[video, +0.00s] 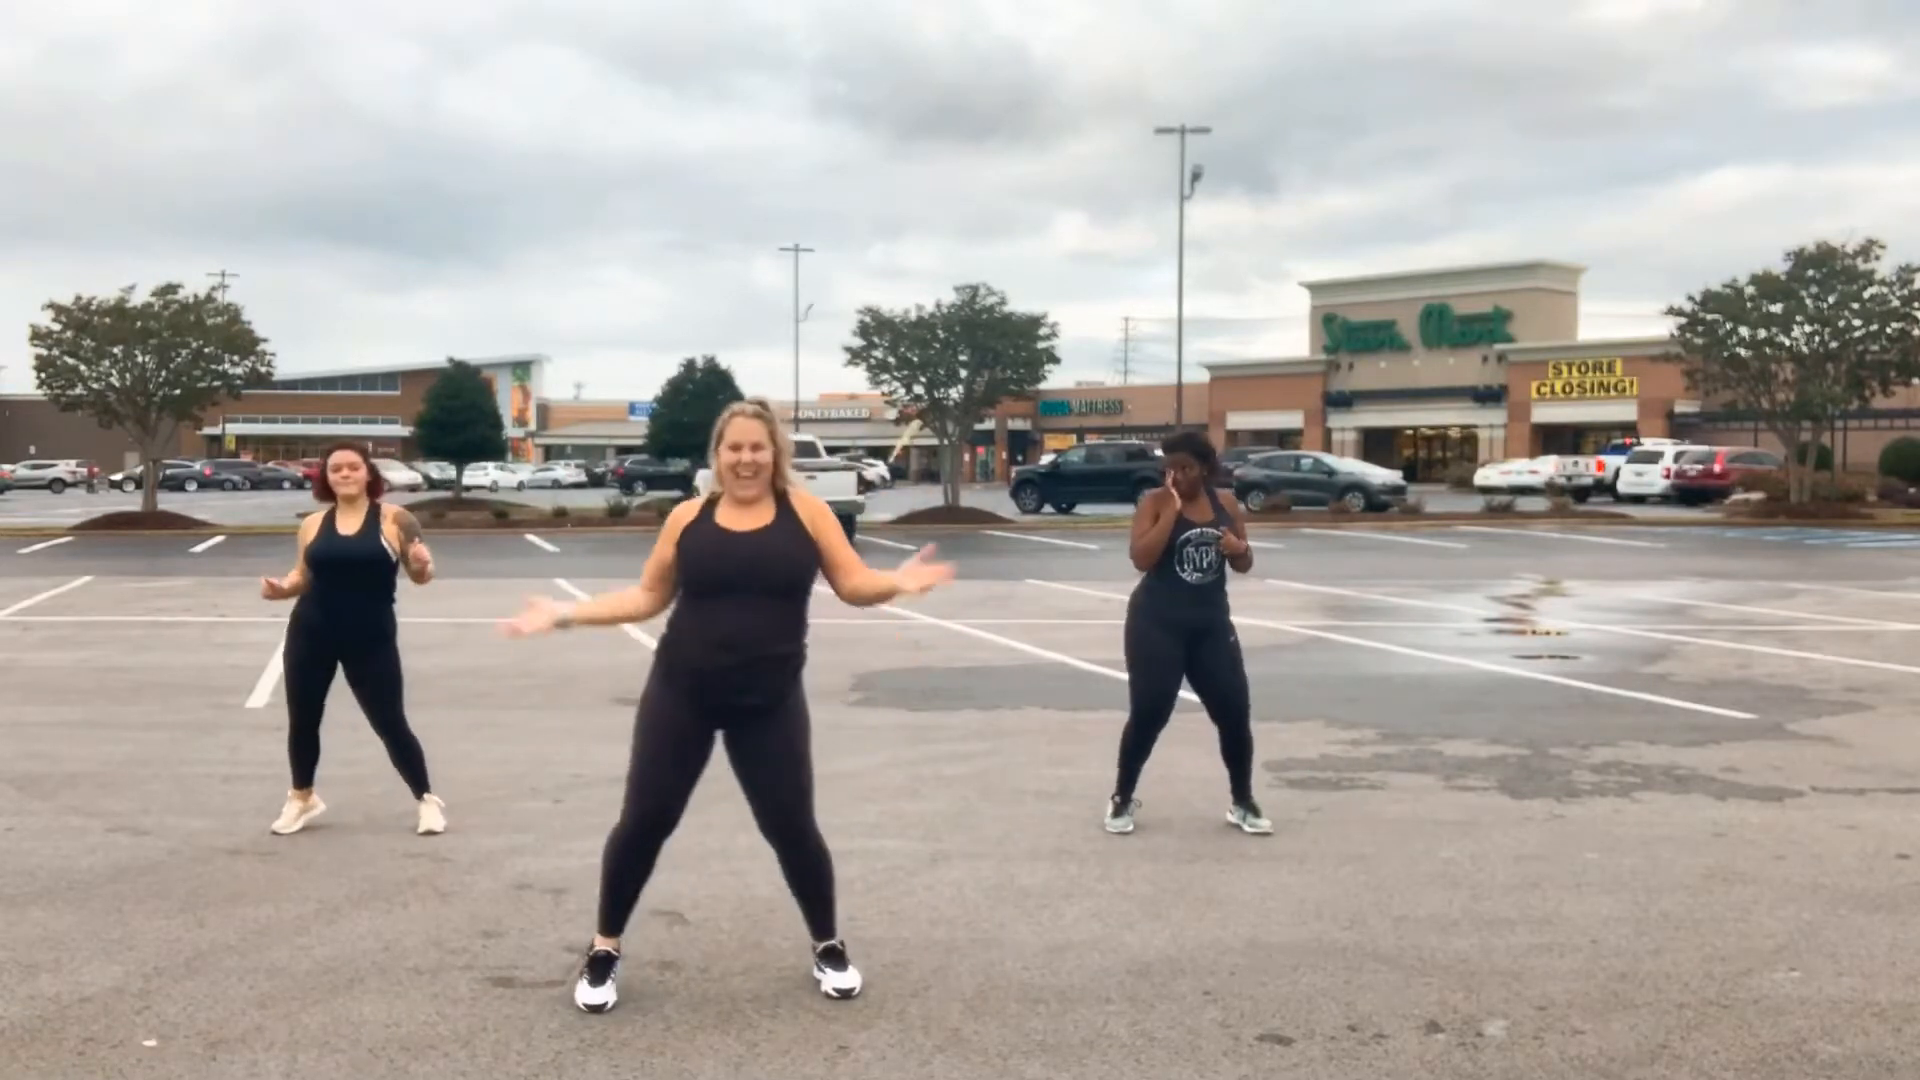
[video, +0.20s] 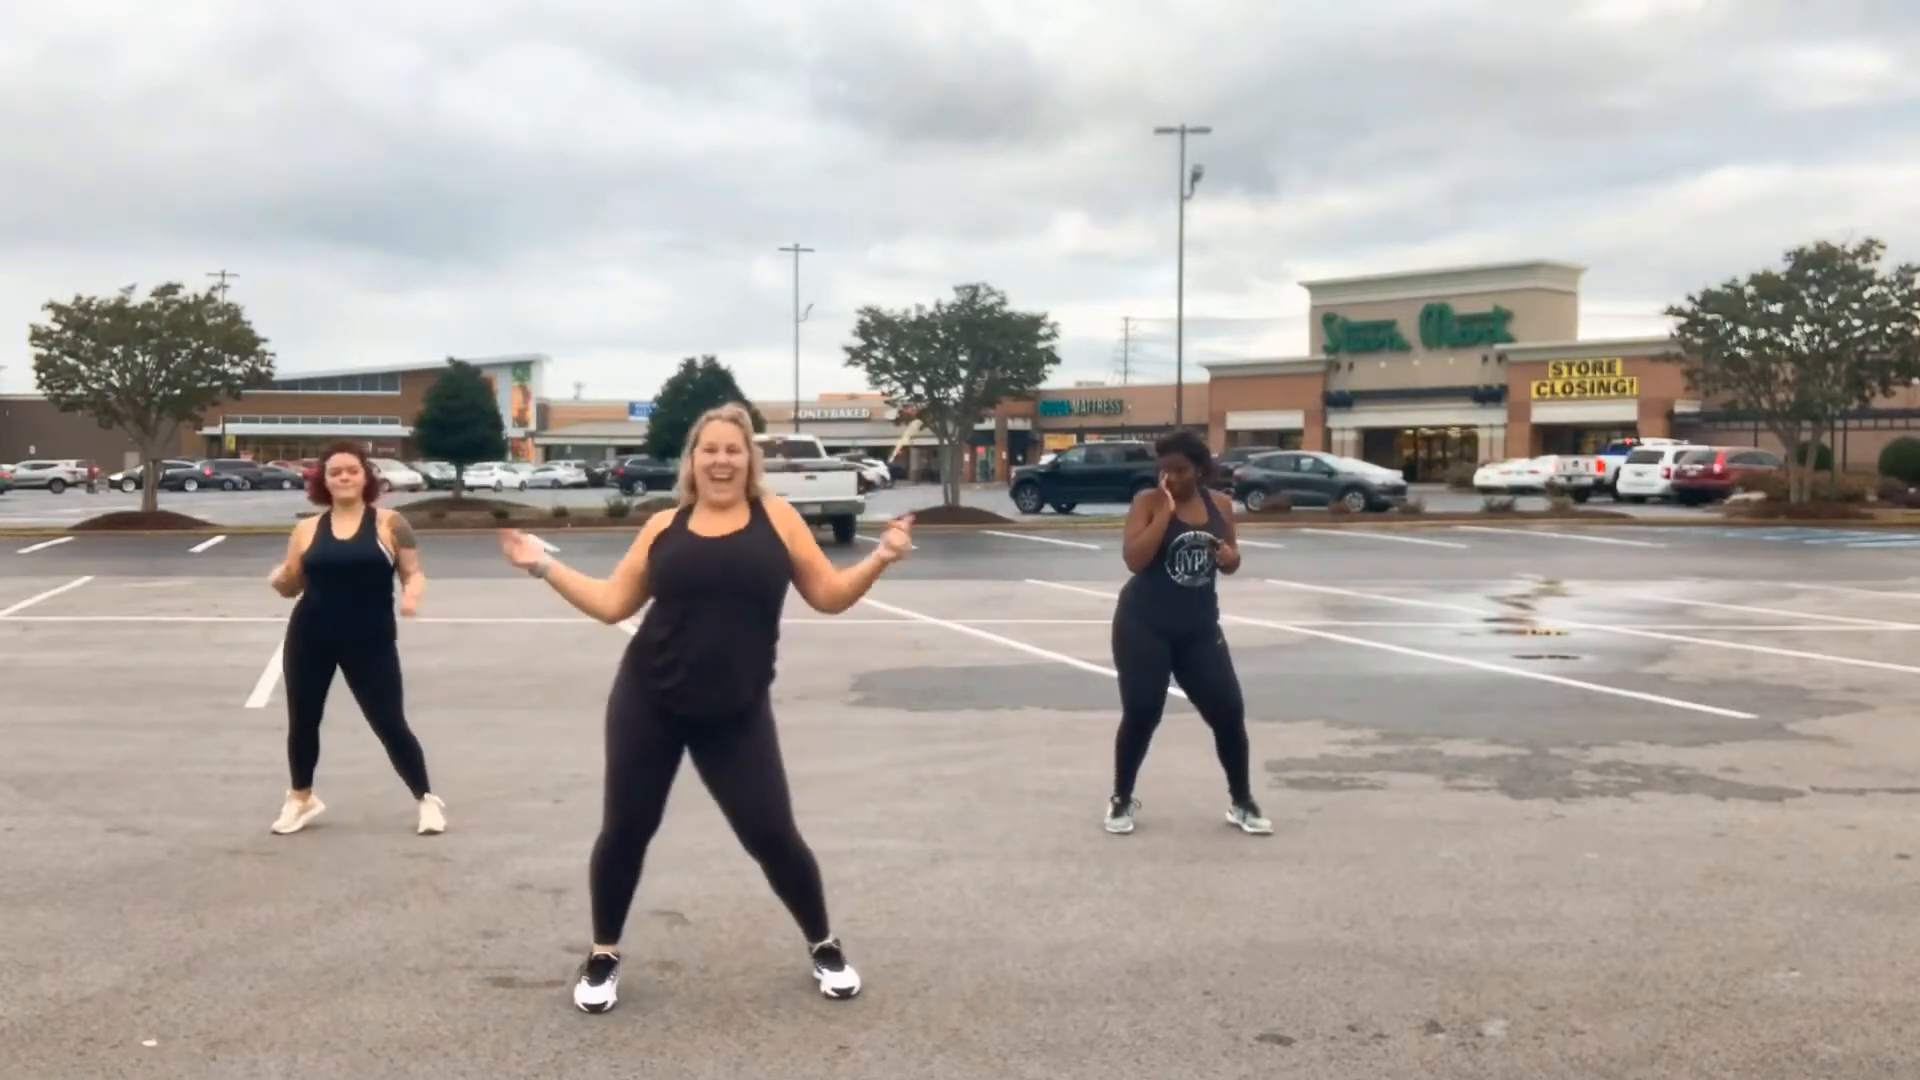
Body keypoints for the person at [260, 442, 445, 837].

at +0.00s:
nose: (346, 474)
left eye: (354, 467)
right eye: (337, 469)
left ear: (368, 475)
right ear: (327, 479)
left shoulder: (393, 519)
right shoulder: (312, 524)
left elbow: (420, 576)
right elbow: (305, 575)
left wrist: (421, 566)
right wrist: (283, 588)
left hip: (369, 638)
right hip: (312, 636)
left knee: (390, 724)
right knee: (302, 721)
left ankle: (426, 800)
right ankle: (302, 797)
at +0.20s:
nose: (345, 477)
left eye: (352, 470)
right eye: (336, 472)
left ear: (366, 477)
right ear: (324, 480)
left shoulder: (388, 523)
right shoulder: (307, 529)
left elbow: (413, 573)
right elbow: (292, 586)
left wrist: (410, 596)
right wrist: (281, 579)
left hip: (369, 640)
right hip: (311, 638)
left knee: (390, 724)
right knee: (303, 722)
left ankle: (426, 800)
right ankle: (301, 797)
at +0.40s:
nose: (354, 476)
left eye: (361, 469)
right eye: (345, 470)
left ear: (374, 477)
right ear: (332, 480)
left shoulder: (397, 524)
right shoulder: (312, 528)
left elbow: (433, 574)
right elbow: (282, 582)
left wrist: (442, 625)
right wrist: (284, 552)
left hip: (388, 642)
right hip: (331, 641)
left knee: (401, 726)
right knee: (305, 722)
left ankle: (427, 800)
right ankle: (303, 798)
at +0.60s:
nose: (369, 470)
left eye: (376, 464)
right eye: (360, 465)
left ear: (389, 472)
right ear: (347, 474)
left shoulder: (411, 515)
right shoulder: (328, 518)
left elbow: (455, 542)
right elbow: (292, 562)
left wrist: (447, 587)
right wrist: (304, 575)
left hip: (404, 636)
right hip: (351, 637)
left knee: (407, 720)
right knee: (327, 722)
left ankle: (427, 801)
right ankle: (307, 798)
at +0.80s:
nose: (385, 468)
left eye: (392, 461)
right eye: (377, 462)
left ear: (406, 469)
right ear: (364, 472)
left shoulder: (428, 515)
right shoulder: (348, 522)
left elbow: (469, 560)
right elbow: (331, 578)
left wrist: (446, 558)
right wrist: (335, 626)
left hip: (424, 633)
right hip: (369, 634)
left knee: (420, 718)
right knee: (354, 715)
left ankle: (429, 799)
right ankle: (354, 793)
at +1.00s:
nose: (397, 474)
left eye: (404, 467)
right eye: (388, 469)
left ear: (418, 474)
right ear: (377, 479)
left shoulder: (440, 519)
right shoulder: (359, 527)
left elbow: (449, 567)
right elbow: (344, 586)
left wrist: (415, 548)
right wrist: (334, 635)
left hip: (430, 640)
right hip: (375, 640)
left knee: (425, 721)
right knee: (383, 724)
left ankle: (429, 798)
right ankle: (395, 799)